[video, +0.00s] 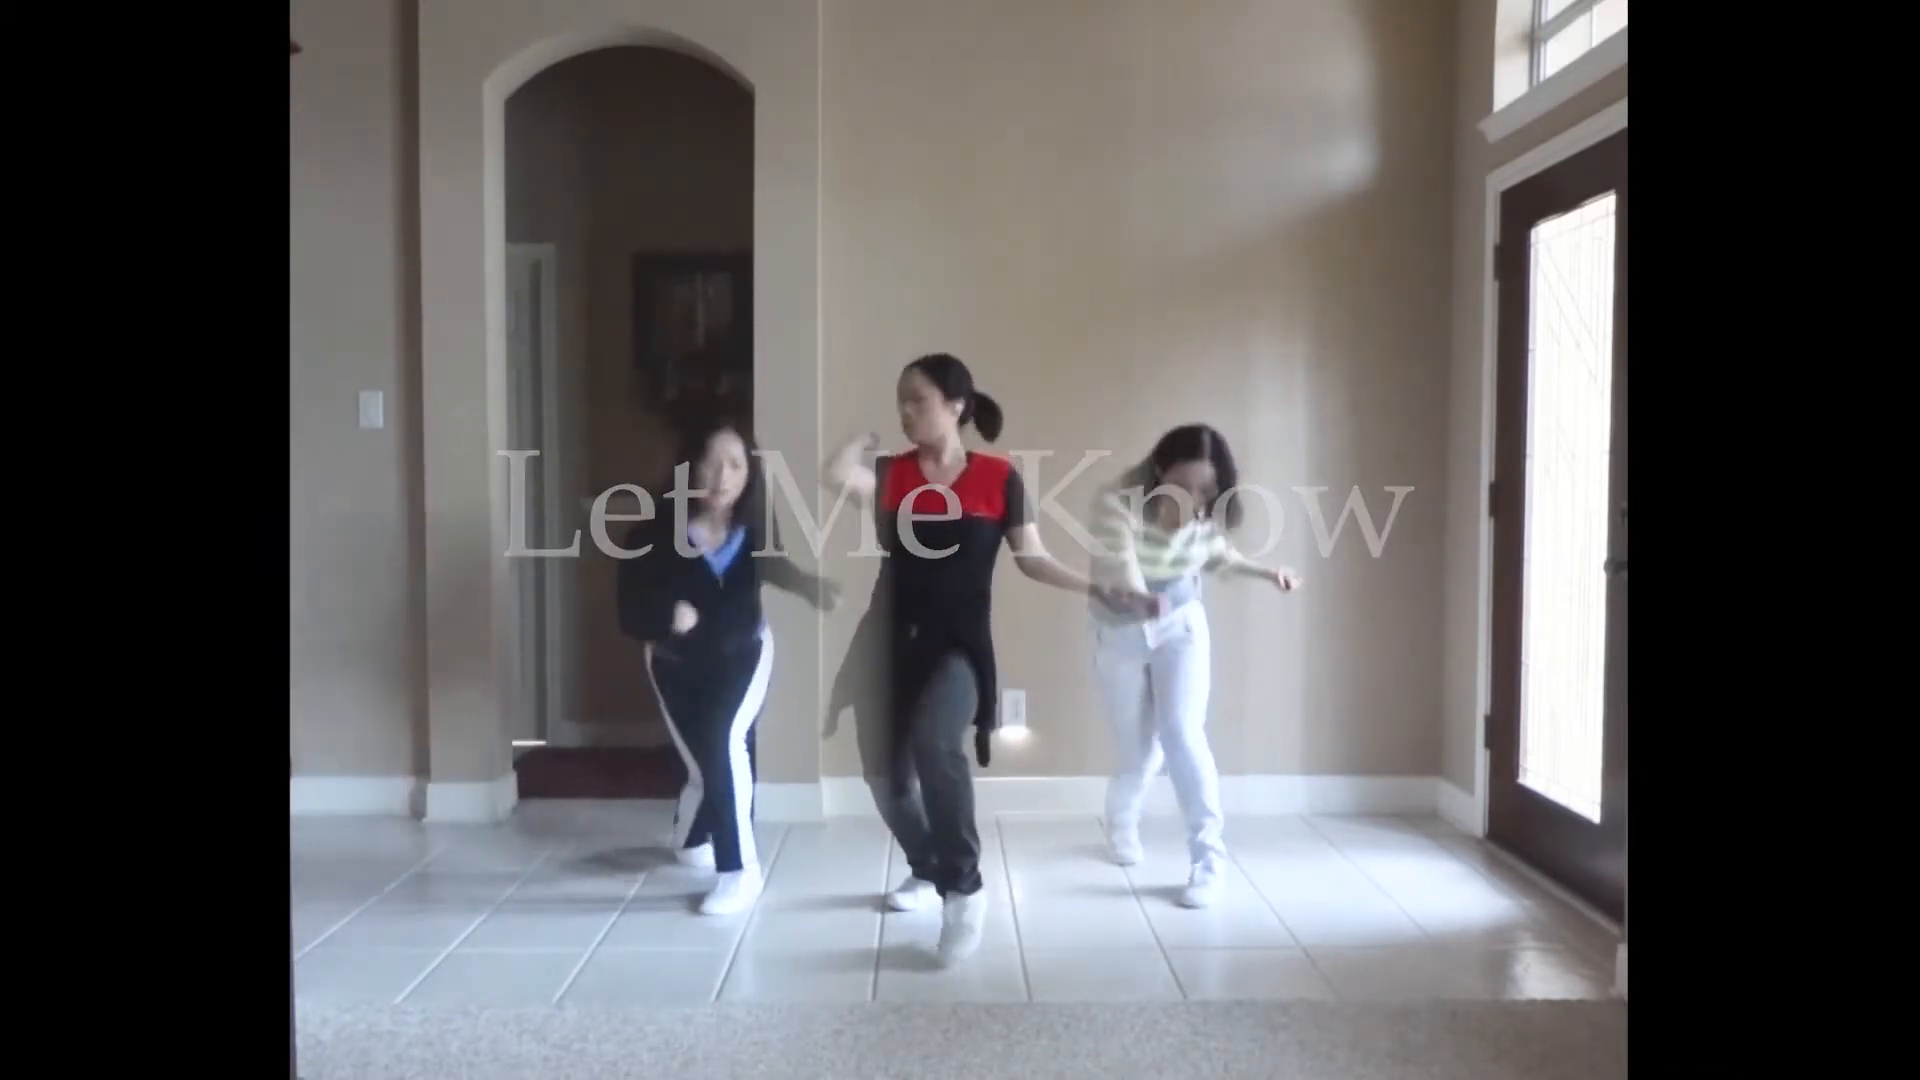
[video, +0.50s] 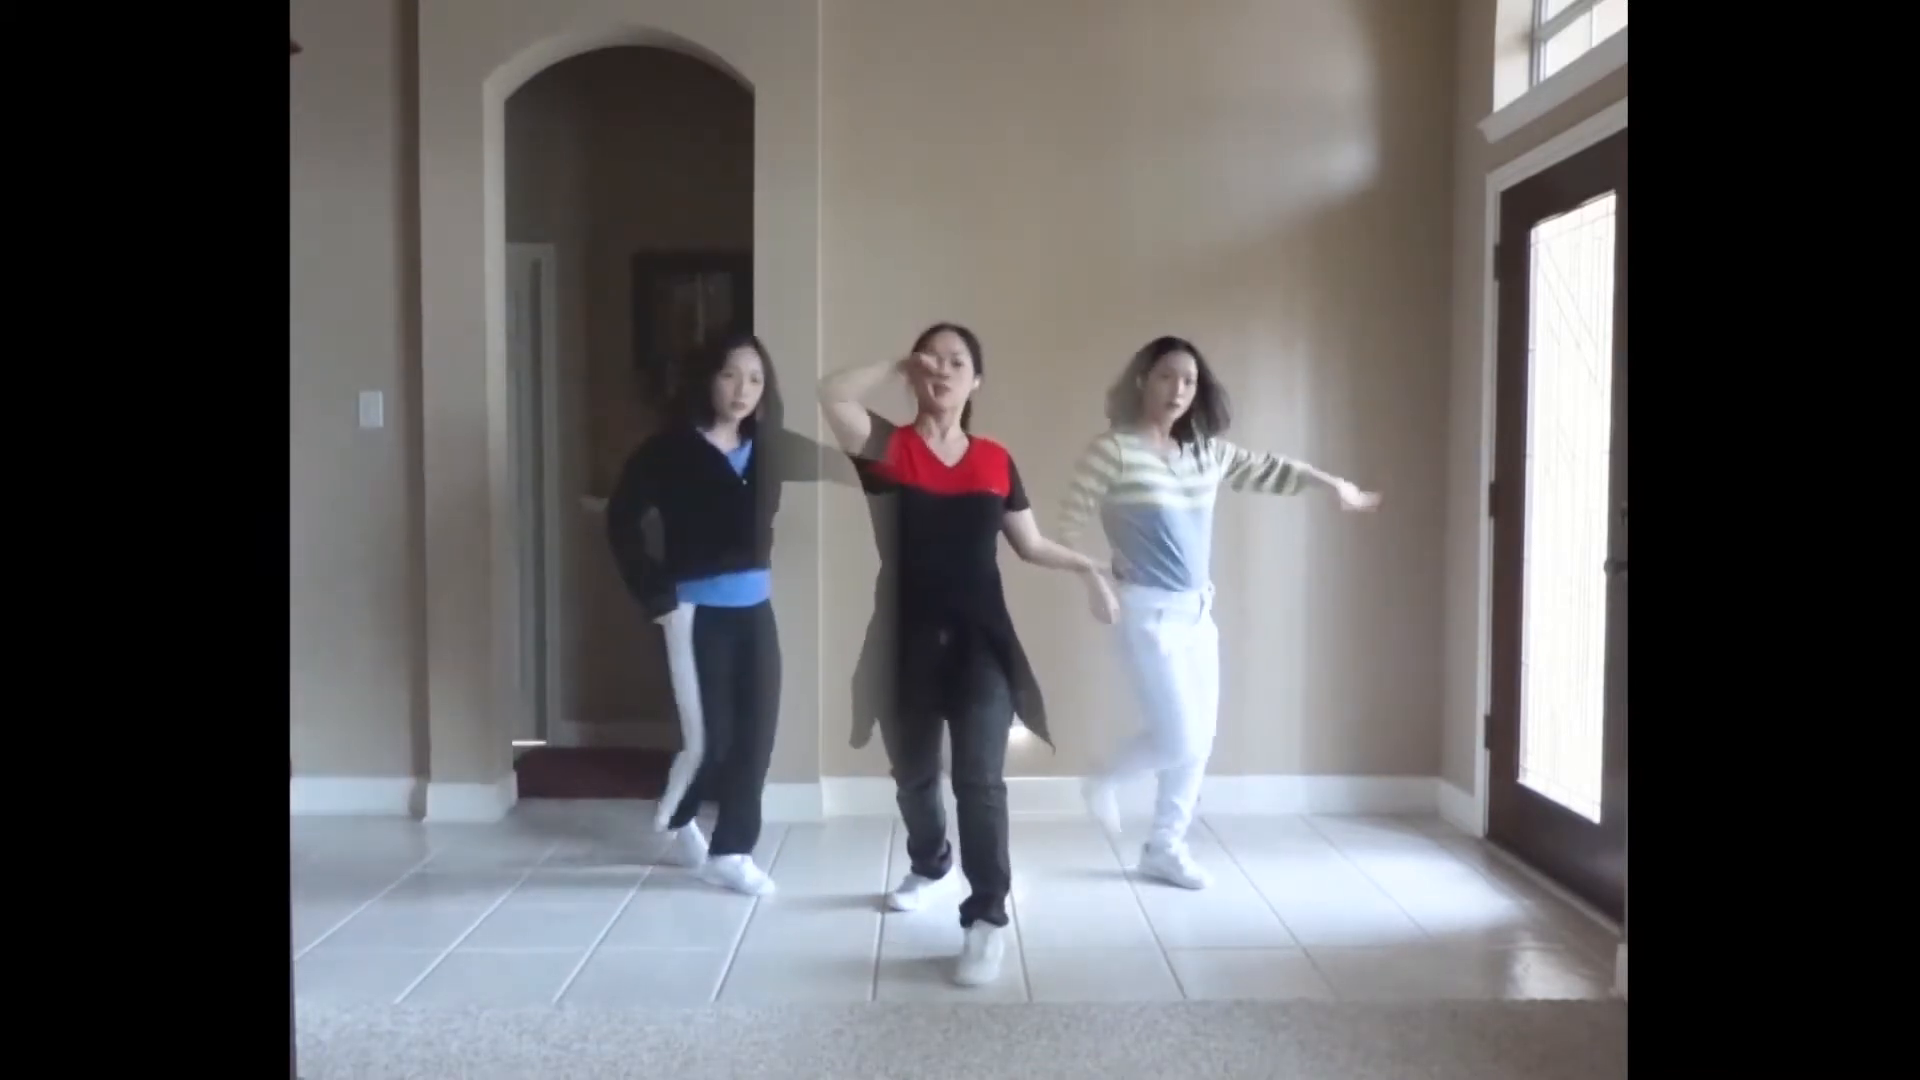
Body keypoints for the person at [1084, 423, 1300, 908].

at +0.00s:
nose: (1190, 503)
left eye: (1204, 495)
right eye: (1182, 487)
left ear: (1216, 493)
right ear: (1161, 471)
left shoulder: (1203, 526)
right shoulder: (1117, 504)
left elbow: (1220, 561)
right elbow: (1115, 561)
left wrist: (1266, 573)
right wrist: (1135, 594)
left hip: (1180, 624)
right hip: (1118, 630)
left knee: (1182, 732)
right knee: (1138, 748)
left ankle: (1207, 858)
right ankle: (1121, 824)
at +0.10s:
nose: (1188, 472)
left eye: (1201, 463)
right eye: (1179, 457)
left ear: (1213, 462)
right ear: (1158, 444)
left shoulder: (1202, 496)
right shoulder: (1113, 479)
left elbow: (1209, 543)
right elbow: (1101, 562)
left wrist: (1261, 534)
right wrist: (1131, 585)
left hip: (1180, 617)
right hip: (1119, 620)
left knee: (1192, 734)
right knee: (1127, 739)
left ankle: (1207, 858)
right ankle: (1120, 826)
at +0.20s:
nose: (1192, 434)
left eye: (1203, 424)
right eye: (1184, 419)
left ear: (1212, 428)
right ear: (1160, 412)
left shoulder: (1206, 474)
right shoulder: (1116, 461)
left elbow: (1224, 518)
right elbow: (1072, 520)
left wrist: (1275, 502)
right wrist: (1110, 577)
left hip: (1180, 612)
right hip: (1121, 614)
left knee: (1196, 730)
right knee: (1120, 731)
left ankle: (1193, 848)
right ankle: (1119, 829)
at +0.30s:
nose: (1186, 402)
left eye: (1198, 393)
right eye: (1177, 388)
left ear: (1209, 400)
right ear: (1153, 385)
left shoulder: (1215, 455)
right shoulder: (1116, 449)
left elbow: (1270, 486)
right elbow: (1073, 512)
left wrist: (1321, 485)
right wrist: (1094, 577)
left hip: (1183, 611)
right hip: (1127, 611)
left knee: (1191, 728)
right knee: (1123, 728)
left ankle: (1168, 843)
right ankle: (1115, 824)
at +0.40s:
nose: (1182, 390)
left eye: (1193, 382)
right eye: (1172, 377)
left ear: (1201, 392)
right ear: (1146, 377)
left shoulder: (1212, 449)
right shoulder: (1114, 446)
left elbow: (1275, 466)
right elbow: (1069, 514)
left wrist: (1341, 479)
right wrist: (1083, 573)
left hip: (1192, 612)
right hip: (1136, 608)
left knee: (1185, 736)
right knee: (1140, 734)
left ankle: (1165, 842)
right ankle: (1109, 813)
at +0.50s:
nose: (1178, 389)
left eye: (1189, 381)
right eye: (1167, 377)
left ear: (1196, 392)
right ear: (1142, 380)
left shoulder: (1208, 453)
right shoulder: (1113, 449)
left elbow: (1269, 469)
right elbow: (1071, 518)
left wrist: (1336, 485)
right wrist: (1093, 579)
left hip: (1196, 613)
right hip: (1144, 612)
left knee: (1195, 741)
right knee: (1174, 738)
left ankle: (1166, 846)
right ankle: (1105, 780)